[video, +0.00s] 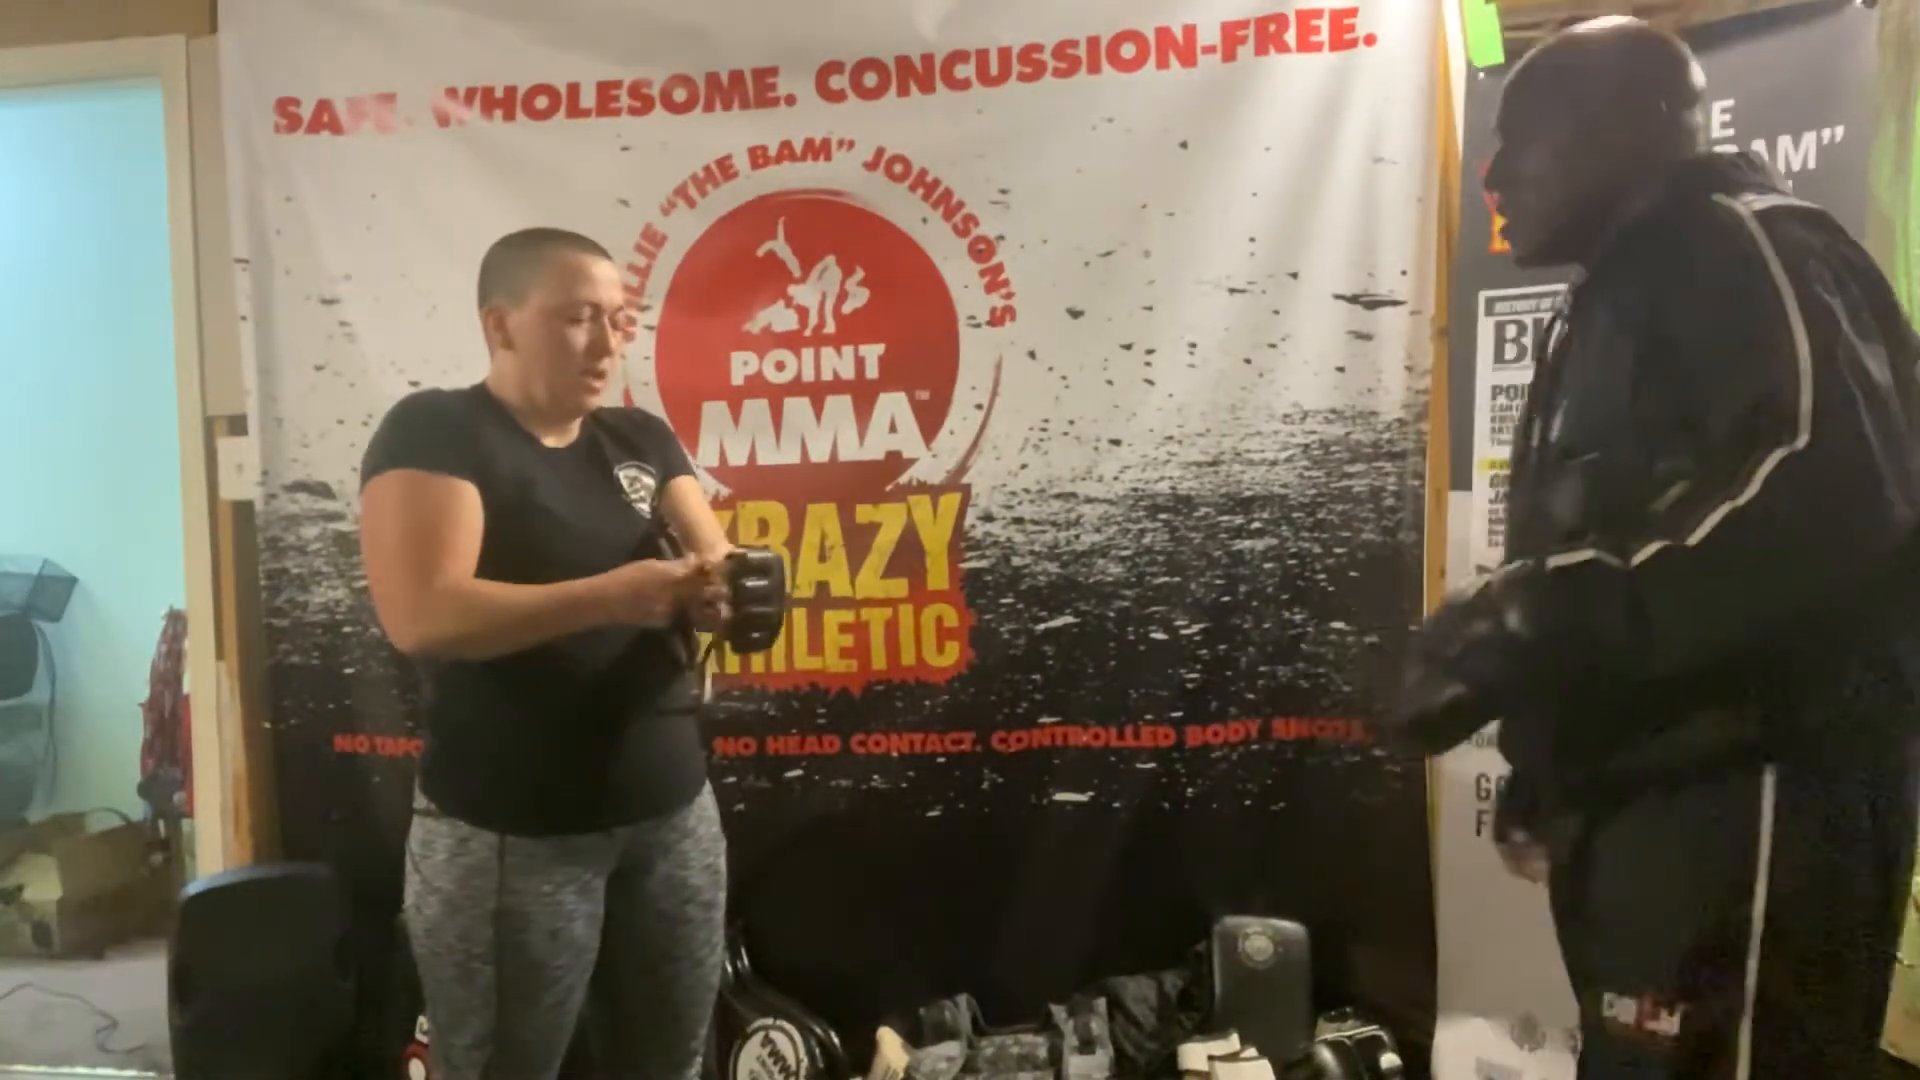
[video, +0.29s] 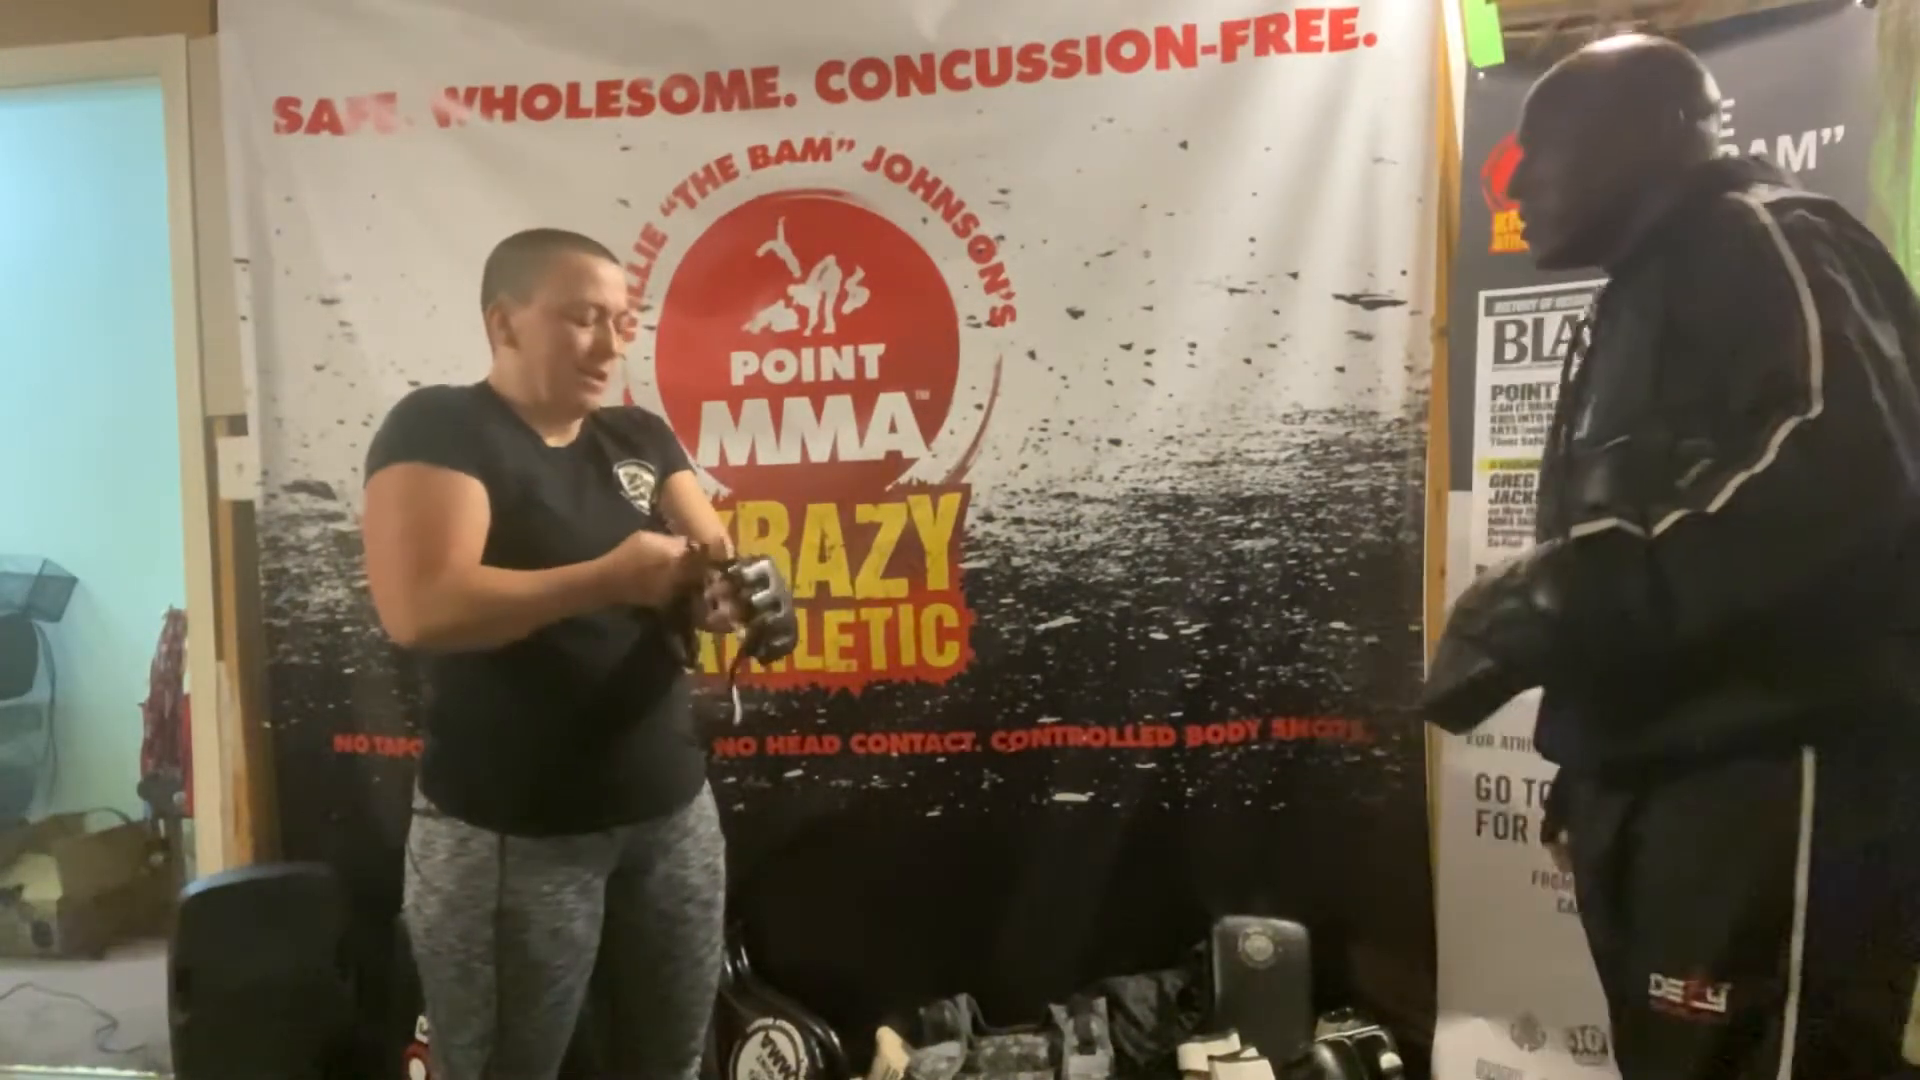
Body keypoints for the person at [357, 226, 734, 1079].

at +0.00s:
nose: (607, 341)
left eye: (616, 320)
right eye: (580, 316)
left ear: (625, 329)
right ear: (502, 324)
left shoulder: (641, 439)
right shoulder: (431, 432)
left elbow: (724, 572)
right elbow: (419, 614)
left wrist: (721, 593)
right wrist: (616, 595)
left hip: (670, 827)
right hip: (505, 844)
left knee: (662, 1065)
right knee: (497, 1068)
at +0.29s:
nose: (610, 343)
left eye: (621, 321)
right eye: (584, 316)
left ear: (631, 327)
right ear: (503, 321)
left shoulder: (638, 437)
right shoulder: (436, 427)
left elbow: (713, 569)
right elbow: (417, 607)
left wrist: (720, 599)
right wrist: (604, 579)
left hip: (670, 827)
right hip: (506, 844)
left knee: (663, 1065)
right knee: (499, 1068)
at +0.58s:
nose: (614, 342)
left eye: (621, 321)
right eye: (588, 315)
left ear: (628, 330)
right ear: (508, 318)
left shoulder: (638, 439)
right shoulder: (434, 429)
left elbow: (714, 564)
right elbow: (420, 611)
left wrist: (742, 581)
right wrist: (622, 617)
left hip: (670, 825)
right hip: (506, 843)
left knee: (664, 1064)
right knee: (501, 1066)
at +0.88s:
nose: (613, 342)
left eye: (621, 322)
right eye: (588, 316)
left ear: (628, 330)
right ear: (506, 319)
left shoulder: (637, 442)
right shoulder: (431, 429)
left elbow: (714, 589)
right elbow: (425, 610)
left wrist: (747, 550)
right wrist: (613, 620)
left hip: (671, 827)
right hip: (506, 844)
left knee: (663, 1065)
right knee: (499, 1068)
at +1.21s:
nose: (610, 343)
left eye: (619, 323)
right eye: (584, 316)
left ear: (627, 332)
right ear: (503, 320)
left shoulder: (632, 443)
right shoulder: (430, 430)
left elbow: (705, 576)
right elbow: (414, 612)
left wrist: (728, 589)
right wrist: (601, 608)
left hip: (670, 828)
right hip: (504, 846)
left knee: (663, 1066)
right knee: (499, 1067)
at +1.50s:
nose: (599, 339)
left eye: (606, 319)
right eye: (572, 312)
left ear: (613, 328)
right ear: (491, 319)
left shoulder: (628, 444)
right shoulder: (424, 436)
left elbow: (700, 581)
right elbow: (412, 626)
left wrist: (727, 549)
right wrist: (600, 627)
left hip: (664, 828)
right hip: (499, 846)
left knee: (658, 1065)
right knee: (496, 1068)